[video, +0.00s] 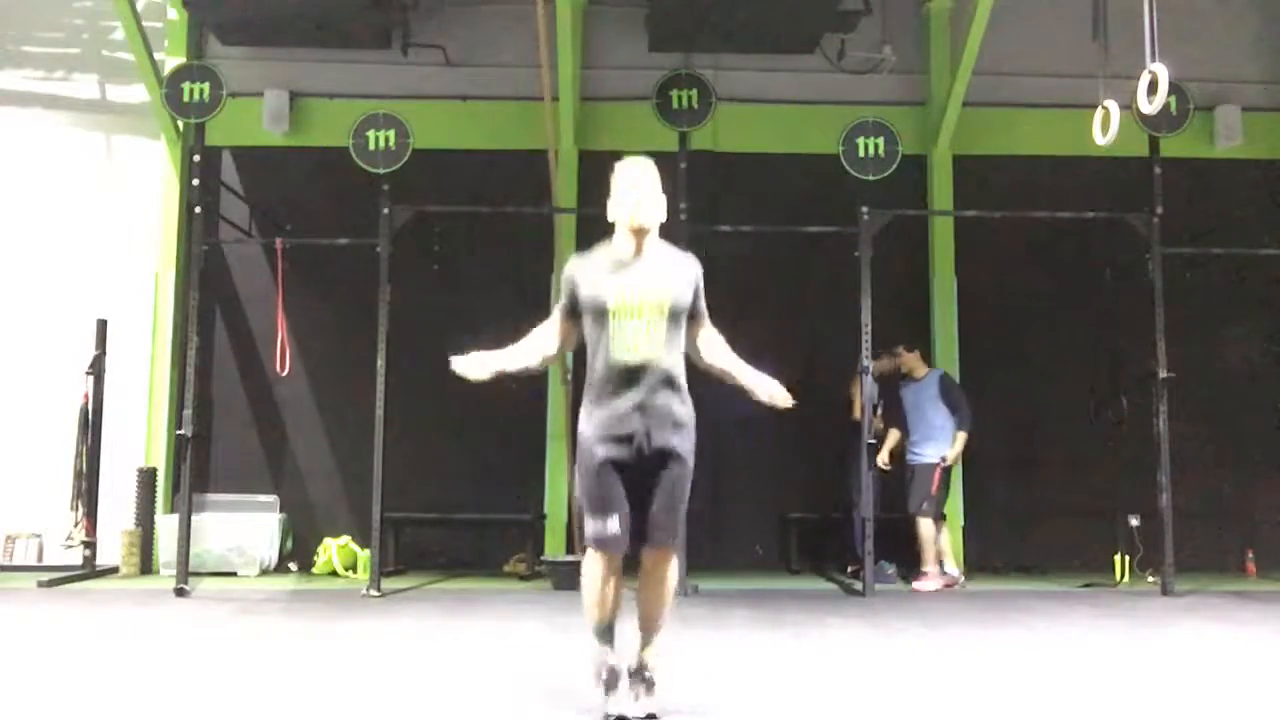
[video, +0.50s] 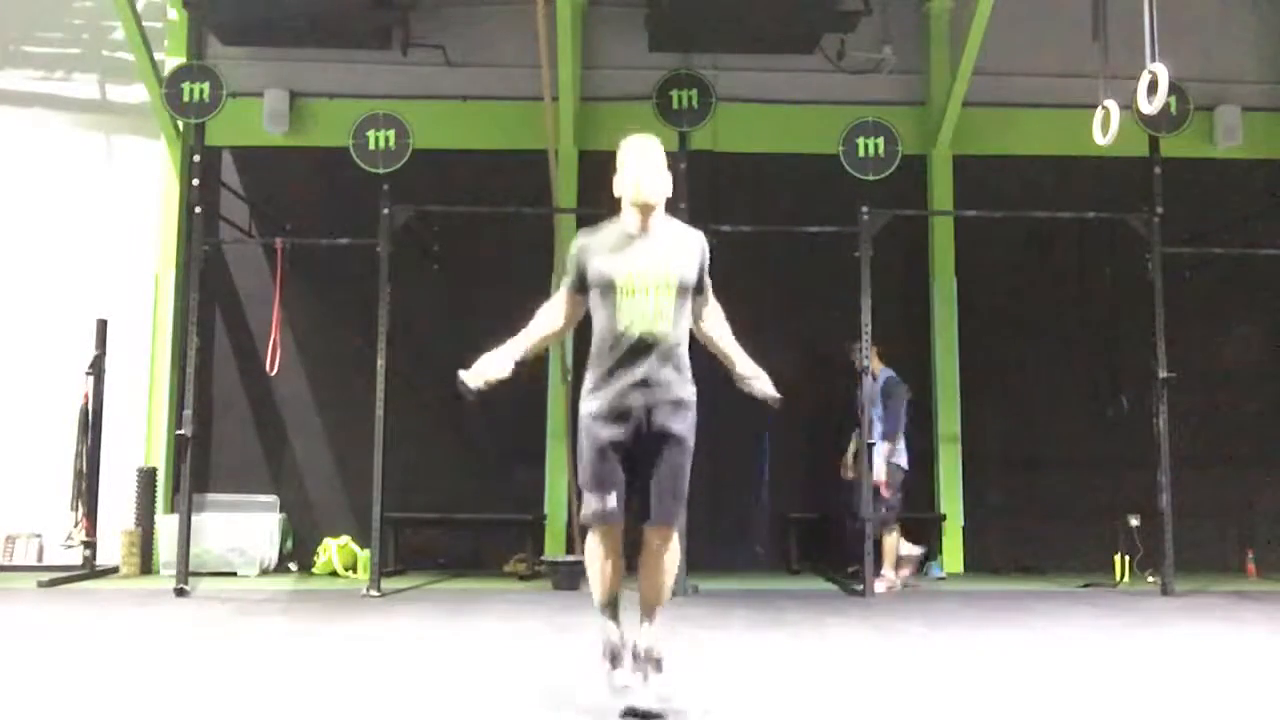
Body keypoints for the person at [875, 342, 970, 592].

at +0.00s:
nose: (898, 361)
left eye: (902, 355)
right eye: (896, 356)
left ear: (916, 353)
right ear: (900, 359)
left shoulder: (940, 380)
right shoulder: (902, 388)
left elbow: (964, 414)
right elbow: (898, 423)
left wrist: (956, 448)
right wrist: (886, 449)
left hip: (937, 456)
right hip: (914, 458)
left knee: (922, 512)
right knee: (932, 516)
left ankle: (931, 572)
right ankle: (951, 569)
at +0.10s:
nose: (891, 363)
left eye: (894, 357)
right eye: (888, 359)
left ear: (907, 356)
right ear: (890, 362)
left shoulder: (932, 381)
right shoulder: (894, 388)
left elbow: (961, 411)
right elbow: (891, 423)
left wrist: (957, 446)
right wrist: (877, 446)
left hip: (930, 458)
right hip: (909, 459)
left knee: (913, 515)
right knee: (930, 517)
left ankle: (900, 574)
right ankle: (951, 570)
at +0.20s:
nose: (877, 366)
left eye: (880, 359)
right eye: (876, 361)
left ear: (899, 357)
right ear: (894, 359)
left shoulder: (921, 383)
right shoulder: (888, 390)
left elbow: (949, 409)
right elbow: (886, 417)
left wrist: (950, 443)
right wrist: (880, 434)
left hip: (921, 460)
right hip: (901, 461)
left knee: (904, 517)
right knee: (922, 518)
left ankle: (890, 574)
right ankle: (949, 569)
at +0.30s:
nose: (873, 361)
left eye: (876, 355)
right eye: (871, 356)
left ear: (891, 353)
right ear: (871, 359)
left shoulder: (911, 382)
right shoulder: (877, 386)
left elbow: (932, 414)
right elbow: (873, 426)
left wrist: (935, 445)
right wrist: (862, 454)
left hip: (911, 458)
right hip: (889, 458)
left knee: (902, 516)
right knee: (905, 517)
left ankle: (889, 574)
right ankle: (944, 564)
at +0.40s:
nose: (867, 358)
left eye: (870, 352)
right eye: (865, 353)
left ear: (883, 351)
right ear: (864, 355)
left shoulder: (903, 383)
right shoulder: (869, 383)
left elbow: (913, 421)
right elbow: (865, 423)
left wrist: (911, 456)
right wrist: (857, 455)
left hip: (897, 458)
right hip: (876, 458)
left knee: (896, 517)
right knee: (889, 517)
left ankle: (889, 573)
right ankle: (930, 554)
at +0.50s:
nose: (859, 363)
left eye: (862, 357)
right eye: (856, 359)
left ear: (872, 353)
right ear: (857, 360)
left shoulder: (892, 385)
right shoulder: (866, 383)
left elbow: (893, 427)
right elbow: (863, 425)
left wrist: (882, 462)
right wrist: (850, 453)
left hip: (889, 451)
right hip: (870, 450)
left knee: (887, 513)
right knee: (867, 509)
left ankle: (888, 573)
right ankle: (907, 549)